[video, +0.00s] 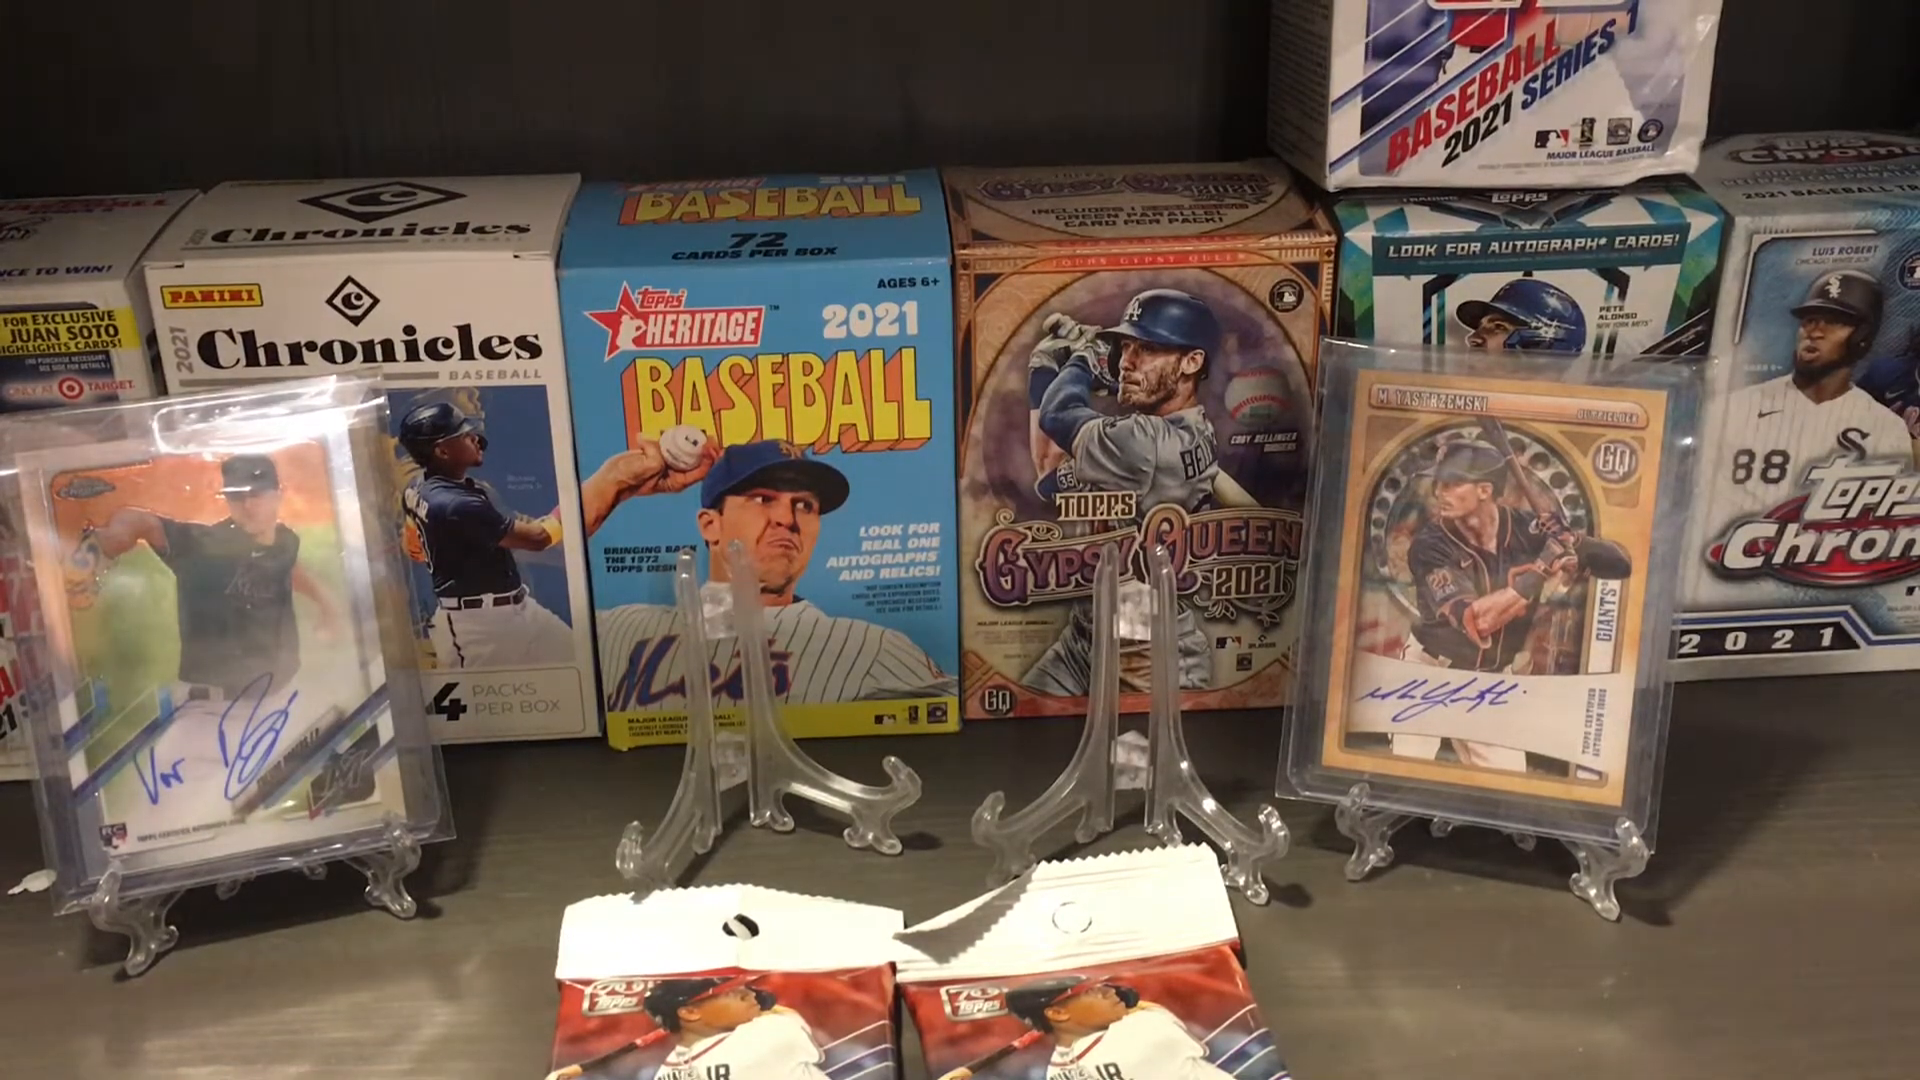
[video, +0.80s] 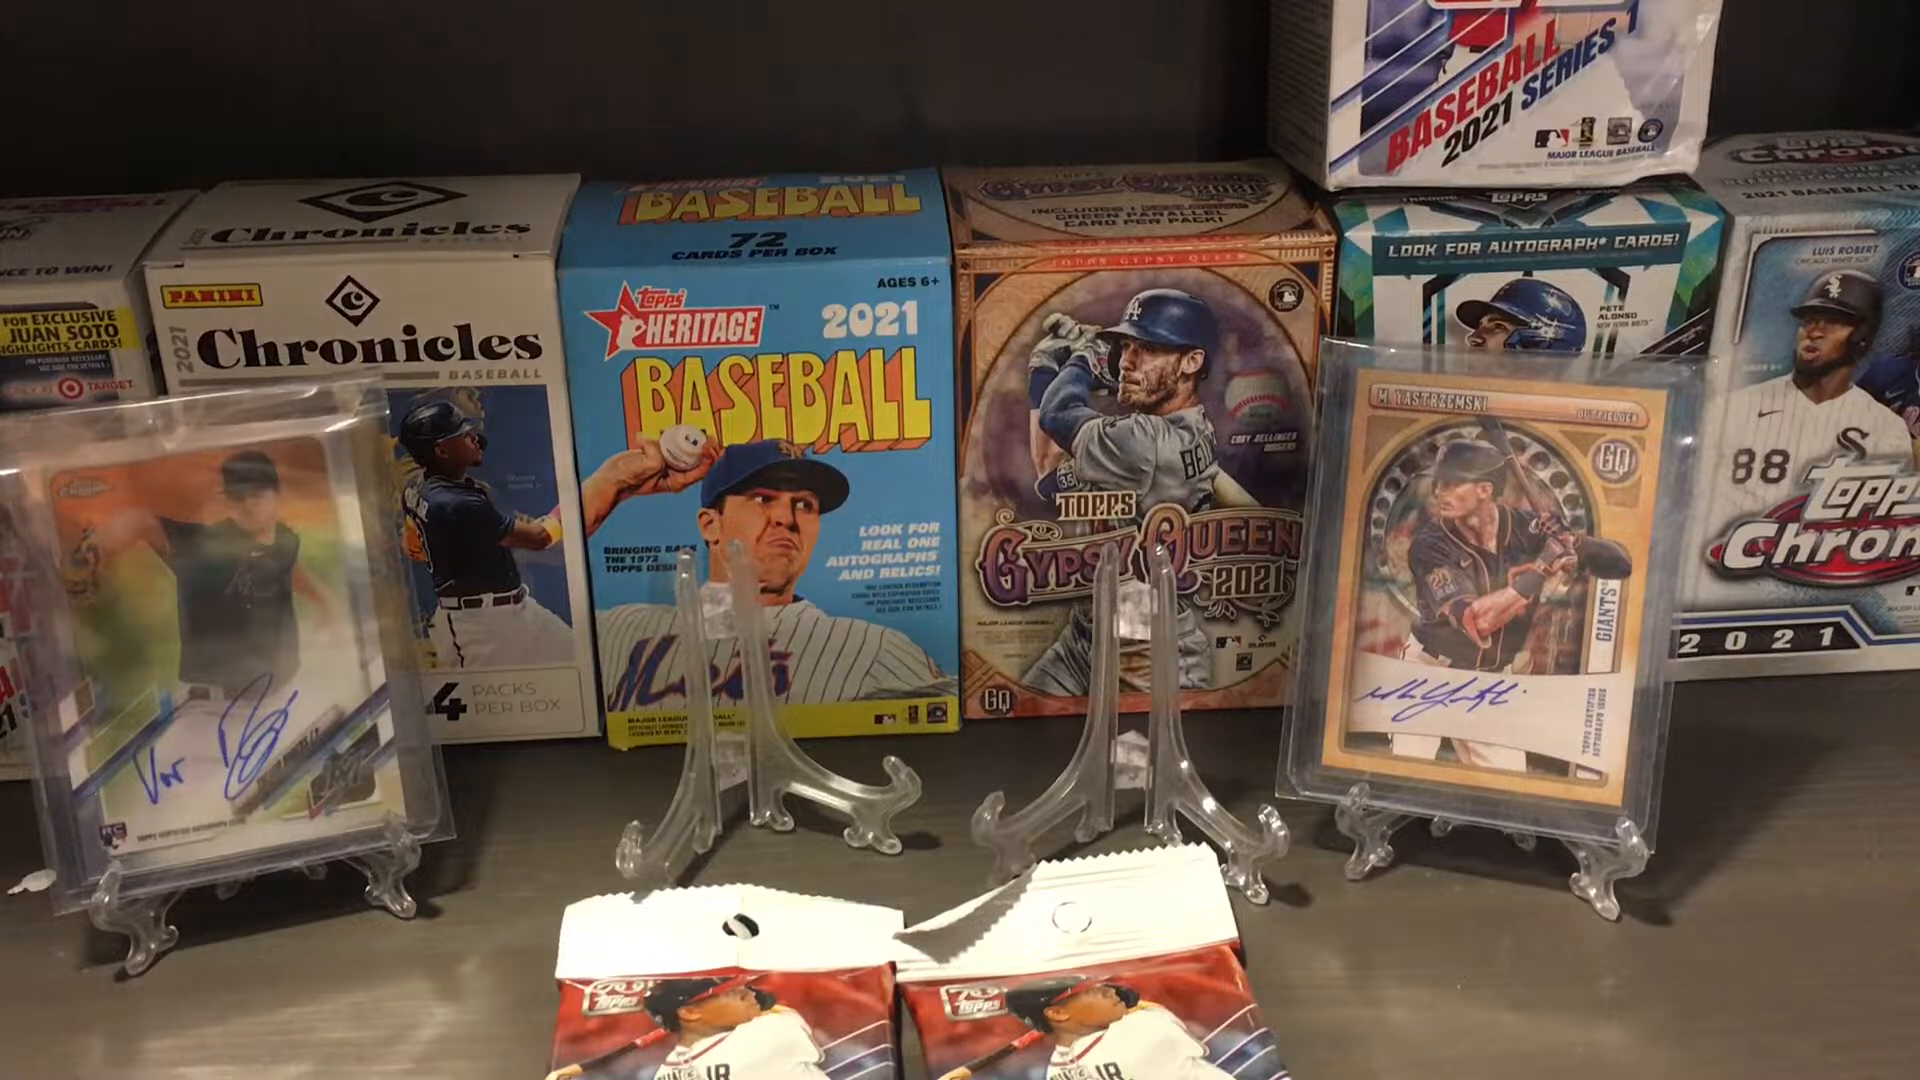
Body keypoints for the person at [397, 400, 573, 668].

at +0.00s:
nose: (476, 437)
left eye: (470, 431)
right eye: (465, 433)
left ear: (443, 451)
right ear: (442, 450)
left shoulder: (420, 490)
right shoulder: (459, 507)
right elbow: (538, 538)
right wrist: (570, 509)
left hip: (520, 609)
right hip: (474, 623)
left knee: (588, 664)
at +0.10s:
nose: (476, 437)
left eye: (470, 431)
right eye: (465, 433)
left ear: (442, 451)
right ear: (442, 450)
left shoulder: (419, 490)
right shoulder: (460, 506)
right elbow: (538, 537)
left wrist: (541, 523)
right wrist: (568, 512)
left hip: (520, 609)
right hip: (474, 623)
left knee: (587, 664)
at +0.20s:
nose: (476, 437)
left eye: (470, 431)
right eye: (465, 433)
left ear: (442, 451)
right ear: (442, 450)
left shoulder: (419, 490)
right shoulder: (459, 506)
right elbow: (538, 537)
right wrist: (568, 511)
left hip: (520, 609)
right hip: (474, 623)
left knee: (588, 663)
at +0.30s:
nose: (476, 436)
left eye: (470, 430)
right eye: (465, 432)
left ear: (442, 450)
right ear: (441, 449)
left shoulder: (419, 489)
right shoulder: (460, 506)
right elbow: (538, 537)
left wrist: (546, 521)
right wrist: (567, 511)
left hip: (520, 609)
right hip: (474, 623)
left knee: (588, 663)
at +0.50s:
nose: (475, 435)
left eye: (469, 429)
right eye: (464, 432)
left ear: (442, 451)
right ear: (442, 449)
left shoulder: (420, 489)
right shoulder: (462, 507)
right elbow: (539, 537)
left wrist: (543, 522)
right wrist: (568, 509)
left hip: (519, 609)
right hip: (474, 622)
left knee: (587, 663)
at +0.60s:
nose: (475, 436)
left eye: (469, 429)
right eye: (465, 433)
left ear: (442, 451)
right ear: (441, 450)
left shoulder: (420, 489)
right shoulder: (461, 507)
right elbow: (539, 537)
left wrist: (538, 524)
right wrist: (567, 510)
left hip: (519, 609)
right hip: (474, 623)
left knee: (587, 663)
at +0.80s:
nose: (476, 436)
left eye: (470, 430)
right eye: (465, 433)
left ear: (442, 451)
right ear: (441, 450)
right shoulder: (462, 507)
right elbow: (539, 538)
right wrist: (564, 514)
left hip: (519, 609)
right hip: (474, 623)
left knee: (587, 663)